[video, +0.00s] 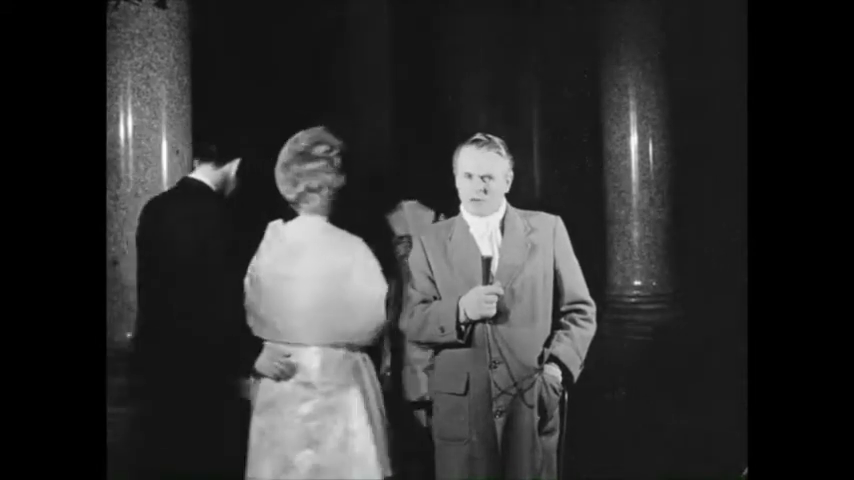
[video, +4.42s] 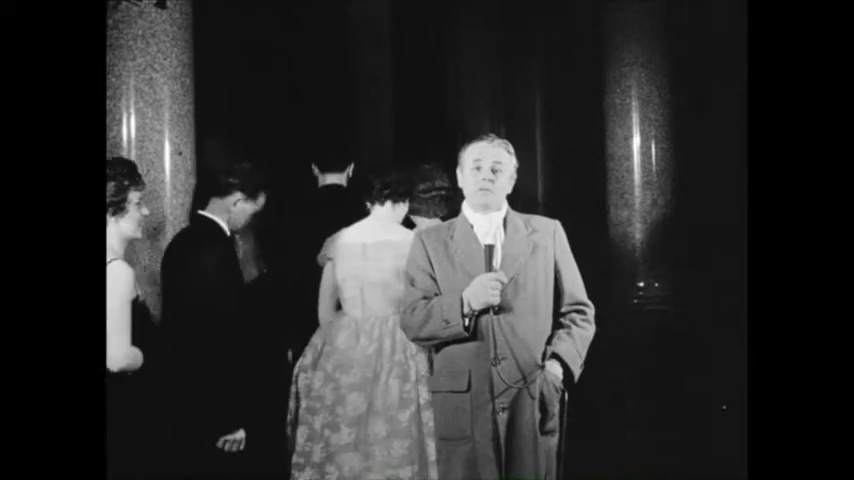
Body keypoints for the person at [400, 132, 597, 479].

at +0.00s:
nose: (477, 187)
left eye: (488, 177)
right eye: (468, 176)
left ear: (508, 181)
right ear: (456, 180)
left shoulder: (547, 230)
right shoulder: (430, 241)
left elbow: (579, 309)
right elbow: (413, 319)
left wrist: (557, 365)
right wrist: (460, 310)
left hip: (530, 396)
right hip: (459, 397)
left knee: (532, 474)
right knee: (460, 474)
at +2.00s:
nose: (462, 172)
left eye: (474, 165)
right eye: (453, 164)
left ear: (493, 180)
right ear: (440, 179)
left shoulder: (532, 232)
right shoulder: (414, 245)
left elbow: (565, 310)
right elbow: (397, 322)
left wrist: (547, 362)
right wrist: (450, 305)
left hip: (520, 401)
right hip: (447, 404)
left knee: (523, 475)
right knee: (451, 474)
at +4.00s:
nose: (488, 173)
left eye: (499, 166)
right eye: (477, 165)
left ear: (512, 181)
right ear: (457, 176)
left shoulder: (544, 234)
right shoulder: (424, 242)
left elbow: (575, 312)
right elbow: (409, 320)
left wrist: (555, 364)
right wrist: (462, 301)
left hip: (528, 396)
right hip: (458, 397)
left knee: (529, 474)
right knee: (459, 474)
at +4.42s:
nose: (485, 175)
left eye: (497, 168)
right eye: (476, 166)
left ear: (513, 181)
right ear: (459, 177)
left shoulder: (547, 233)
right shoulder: (429, 241)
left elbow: (578, 311)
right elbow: (413, 320)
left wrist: (558, 363)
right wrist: (464, 302)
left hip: (532, 398)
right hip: (461, 399)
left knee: (533, 475)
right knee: (465, 474)